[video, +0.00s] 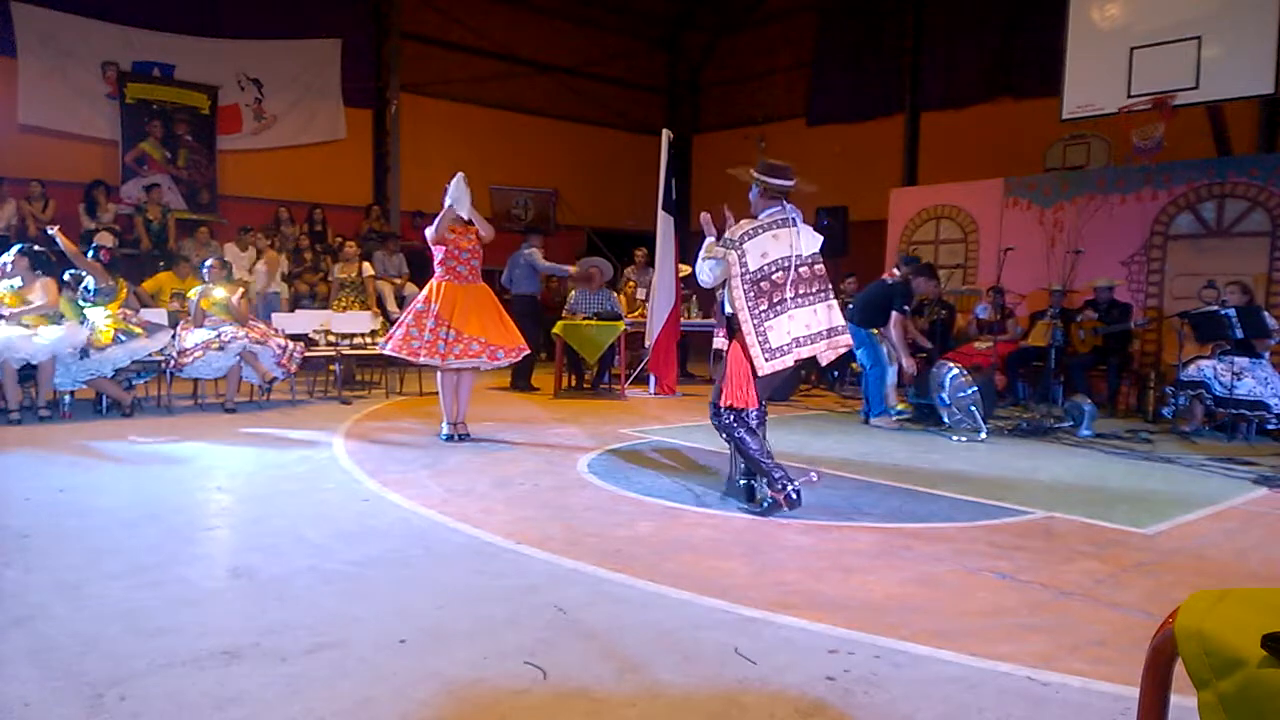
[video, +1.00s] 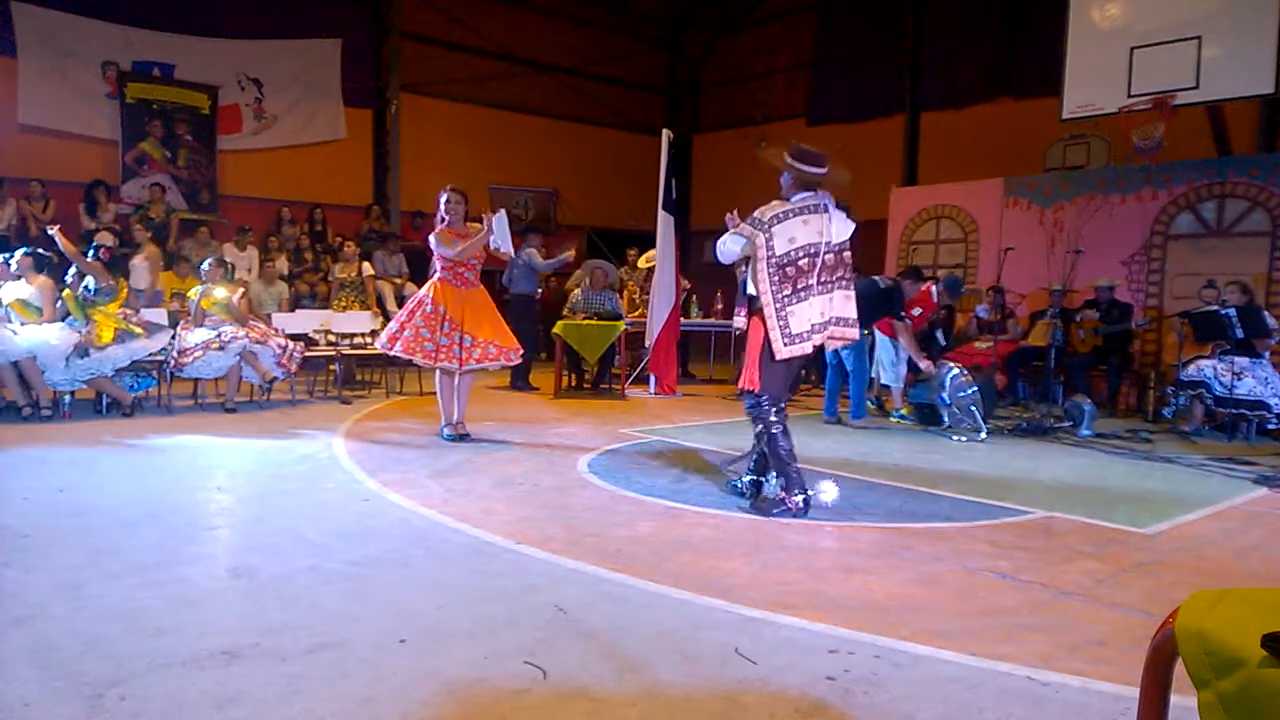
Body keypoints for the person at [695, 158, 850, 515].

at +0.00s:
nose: (750, 195)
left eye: (753, 189)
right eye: (753, 189)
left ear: (759, 193)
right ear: (786, 194)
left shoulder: (745, 233)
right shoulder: (802, 231)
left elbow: (707, 277)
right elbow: (762, 271)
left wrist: (710, 239)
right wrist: (738, 235)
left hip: (748, 336)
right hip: (786, 335)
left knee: (724, 413)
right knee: (753, 406)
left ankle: (782, 485)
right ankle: (747, 485)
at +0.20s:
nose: (752, 197)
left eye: (755, 192)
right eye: (755, 191)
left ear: (762, 195)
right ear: (788, 196)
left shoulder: (749, 235)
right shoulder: (806, 234)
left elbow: (711, 279)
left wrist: (714, 243)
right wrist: (727, 241)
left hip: (751, 336)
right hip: (790, 335)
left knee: (720, 412)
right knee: (756, 404)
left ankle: (777, 481)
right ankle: (750, 481)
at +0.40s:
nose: (756, 200)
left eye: (759, 195)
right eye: (760, 195)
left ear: (765, 199)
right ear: (793, 202)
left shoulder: (752, 239)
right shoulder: (811, 241)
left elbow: (713, 280)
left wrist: (711, 242)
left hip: (752, 340)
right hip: (790, 341)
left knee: (716, 414)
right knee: (758, 406)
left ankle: (777, 480)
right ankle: (750, 482)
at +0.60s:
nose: (765, 205)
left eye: (769, 200)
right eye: (768, 199)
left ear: (778, 204)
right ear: (799, 209)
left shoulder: (757, 244)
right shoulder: (814, 246)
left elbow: (718, 281)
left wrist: (722, 244)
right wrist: (737, 246)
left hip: (752, 346)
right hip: (791, 347)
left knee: (711, 416)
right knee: (760, 406)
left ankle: (776, 479)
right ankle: (750, 483)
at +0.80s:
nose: (773, 200)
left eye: (777, 196)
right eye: (776, 195)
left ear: (784, 202)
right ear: (810, 206)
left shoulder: (766, 240)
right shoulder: (820, 239)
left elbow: (724, 276)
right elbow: (777, 270)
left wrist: (729, 241)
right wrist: (748, 242)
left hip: (760, 341)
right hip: (797, 342)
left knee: (718, 413)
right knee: (765, 406)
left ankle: (779, 479)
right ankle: (756, 483)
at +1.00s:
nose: (781, 177)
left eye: (786, 173)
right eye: (784, 172)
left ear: (793, 179)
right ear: (819, 181)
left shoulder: (771, 217)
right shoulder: (836, 219)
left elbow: (725, 252)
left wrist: (734, 231)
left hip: (776, 321)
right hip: (811, 321)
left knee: (762, 400)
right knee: (771, 399)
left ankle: (793, 490)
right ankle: (756, 474)